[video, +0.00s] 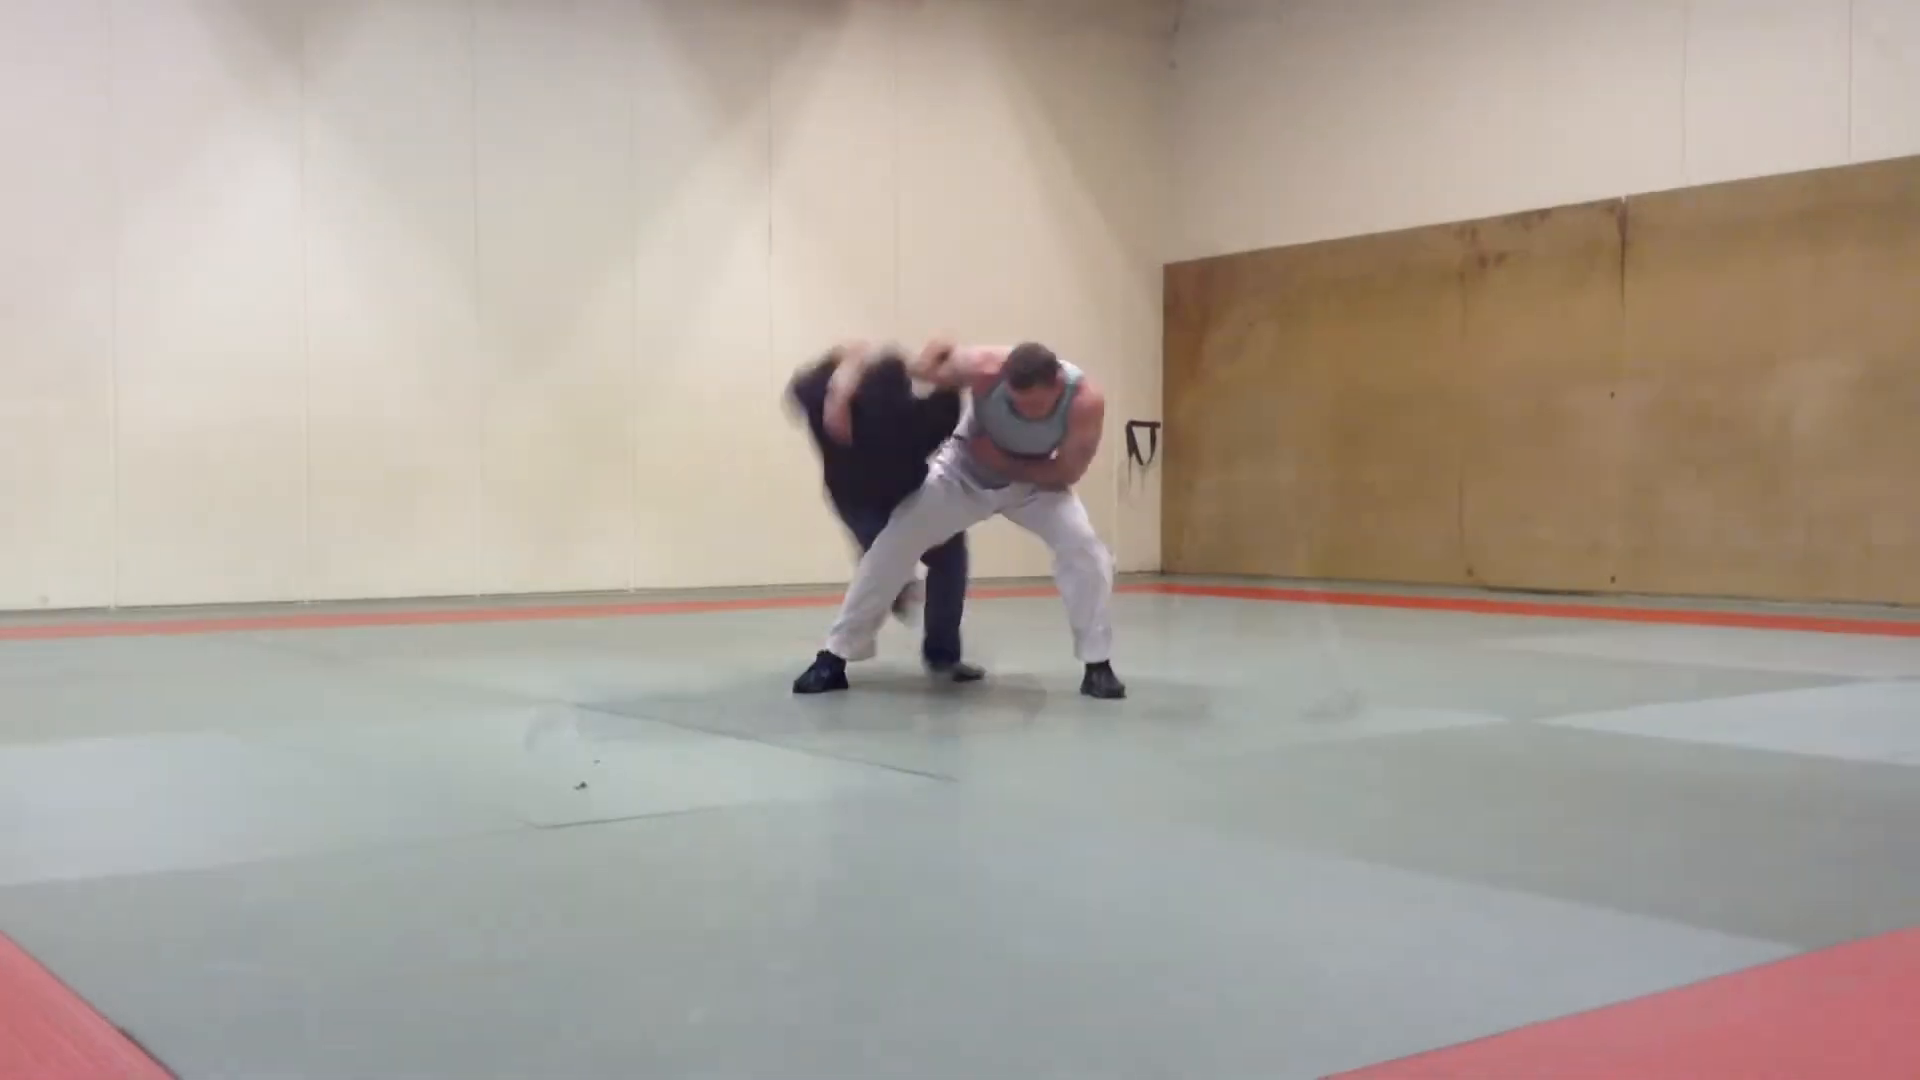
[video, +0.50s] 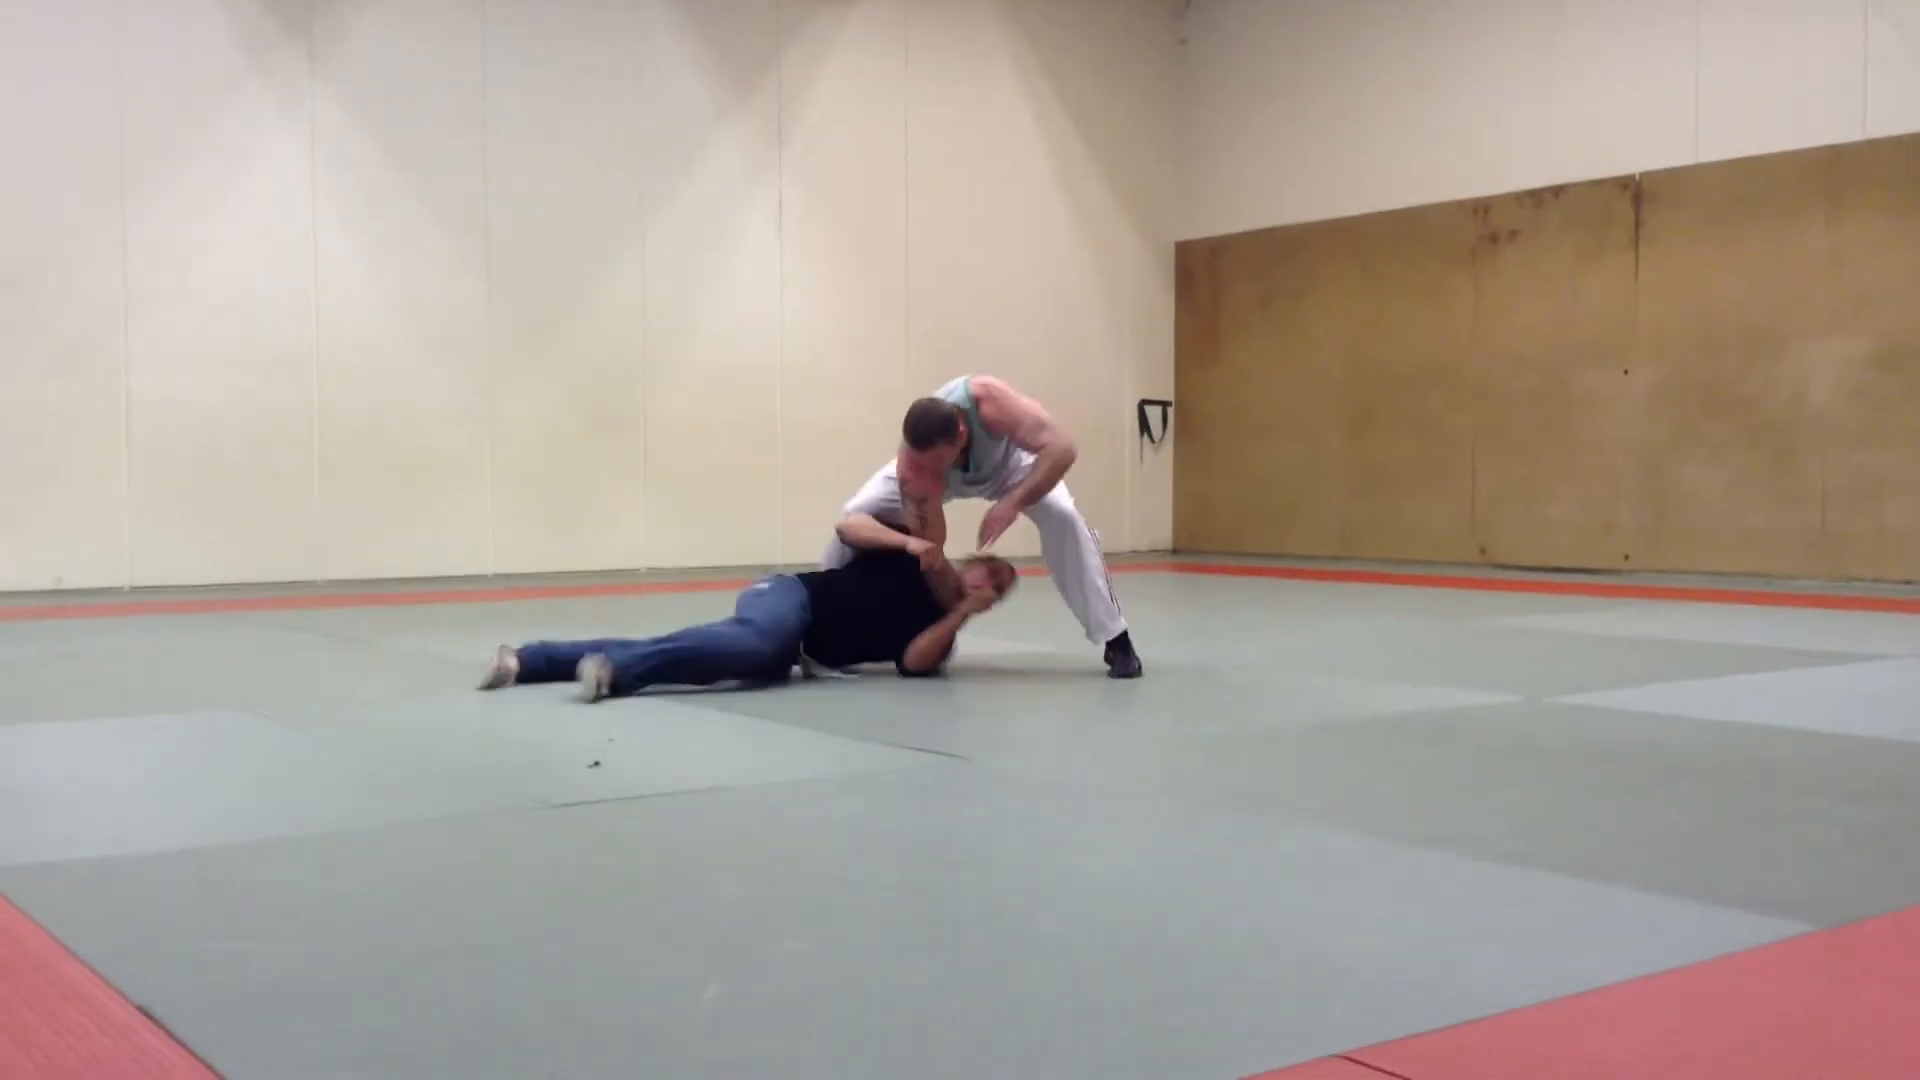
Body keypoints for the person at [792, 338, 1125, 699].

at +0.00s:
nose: (1030, 415)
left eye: (1039, 408)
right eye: (1021, 406)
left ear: (1058, 385)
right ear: (1008, 383)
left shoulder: (1085, 401)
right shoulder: (986, 367)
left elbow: (1064, 475)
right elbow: (924, 370)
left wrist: (1001, 462)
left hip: (1037, 486)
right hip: (965, 474)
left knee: (1085, 550)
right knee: (895, 542)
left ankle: (1098, 666)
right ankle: (834, 658)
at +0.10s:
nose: (1007, 412)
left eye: (1015, 403)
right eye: (996, 403)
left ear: (1033, 382)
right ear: (982, 384)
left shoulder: (1065, 385)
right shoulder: (960, 393)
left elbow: (1088, 442)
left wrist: (1040, 471)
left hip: (1032, 489)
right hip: (962, 486)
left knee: (1074, 534)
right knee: (890, 550)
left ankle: (1101, 659)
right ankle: (837, 658)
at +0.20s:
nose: (955, 422)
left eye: (964, 414)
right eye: (950, 414)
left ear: (994, 395)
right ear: (943, 403)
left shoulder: (1028, 377)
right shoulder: (937, 423)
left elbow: (1074, 395)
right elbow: (913, 485)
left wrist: (1066, 443)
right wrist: (916, 524)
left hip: (1028, 475)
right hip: (961, 482)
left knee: (1075, 528)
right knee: (915, 544)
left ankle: (1110, 651)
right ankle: (845, 649)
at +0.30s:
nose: (933, 454)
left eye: (940, 444)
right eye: (928, 447)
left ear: (971, 422)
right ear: (922, 433)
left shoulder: (1000, 386)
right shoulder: (927, 459)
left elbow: (1059, 378)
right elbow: (924, 544)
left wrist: (1052, 437)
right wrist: (949, 618)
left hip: (1023, 470)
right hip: (956, 485)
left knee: (1071, 522)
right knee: (896, 538)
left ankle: (1116, 645)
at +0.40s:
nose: (930, 478)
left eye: (938, 468)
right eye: (925, 471)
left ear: (962, 439)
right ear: (913, 452)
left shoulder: (987, 397)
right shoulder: (919, 470)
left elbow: (1070, 407)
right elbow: (935, 556)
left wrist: (1040, 462)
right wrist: (967, 621)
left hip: (1013, 464)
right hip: (948, 486)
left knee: (1066, 513)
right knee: (871, 531)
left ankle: (1115, 638)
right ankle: (845, 627)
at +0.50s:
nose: (927, 474)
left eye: (934, 463)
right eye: (921, 466)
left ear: (960, 435)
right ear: (909, 451)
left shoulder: (987, 398)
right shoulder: (914, 467)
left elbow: (1063, 450)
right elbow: (931, 551)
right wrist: (939, 626)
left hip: (1006, 463)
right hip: (938, 478)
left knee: (1061, 515)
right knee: (855, 524)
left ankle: (1114, 638)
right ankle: (830, 634)